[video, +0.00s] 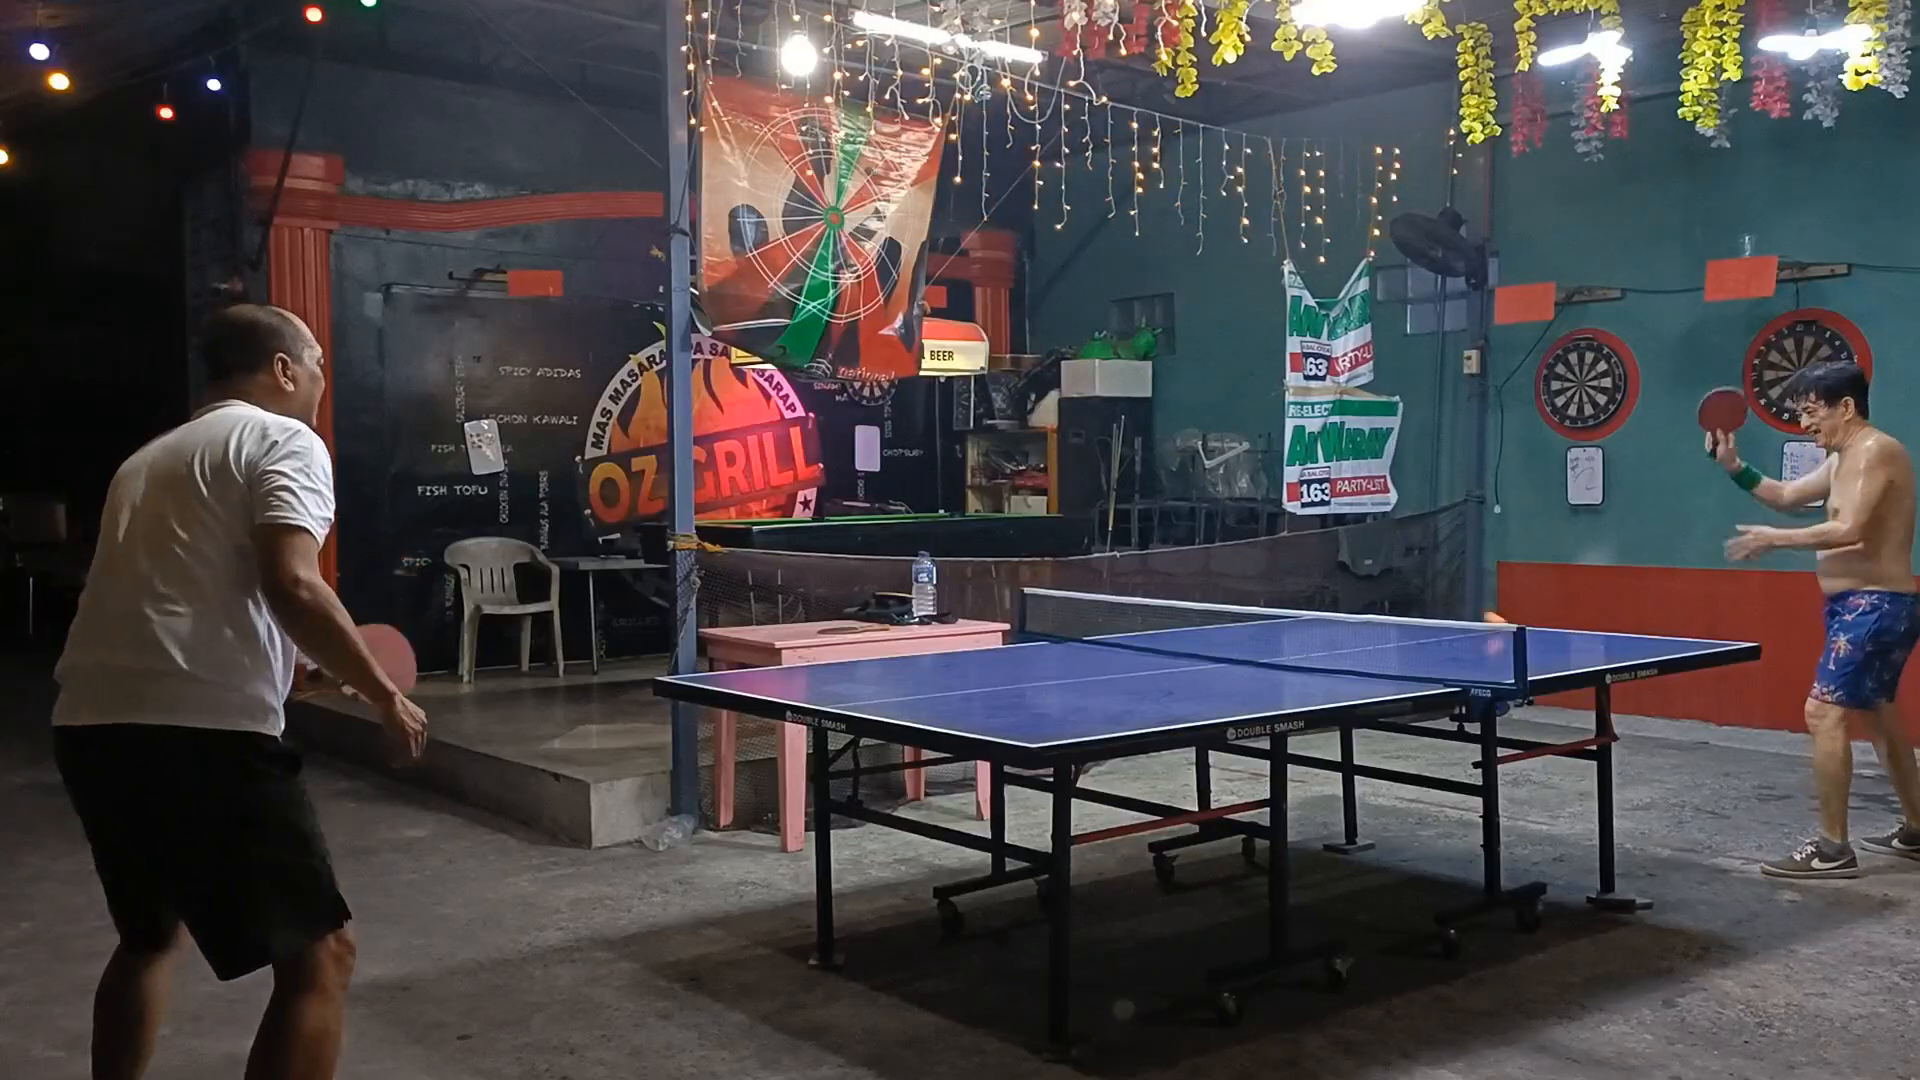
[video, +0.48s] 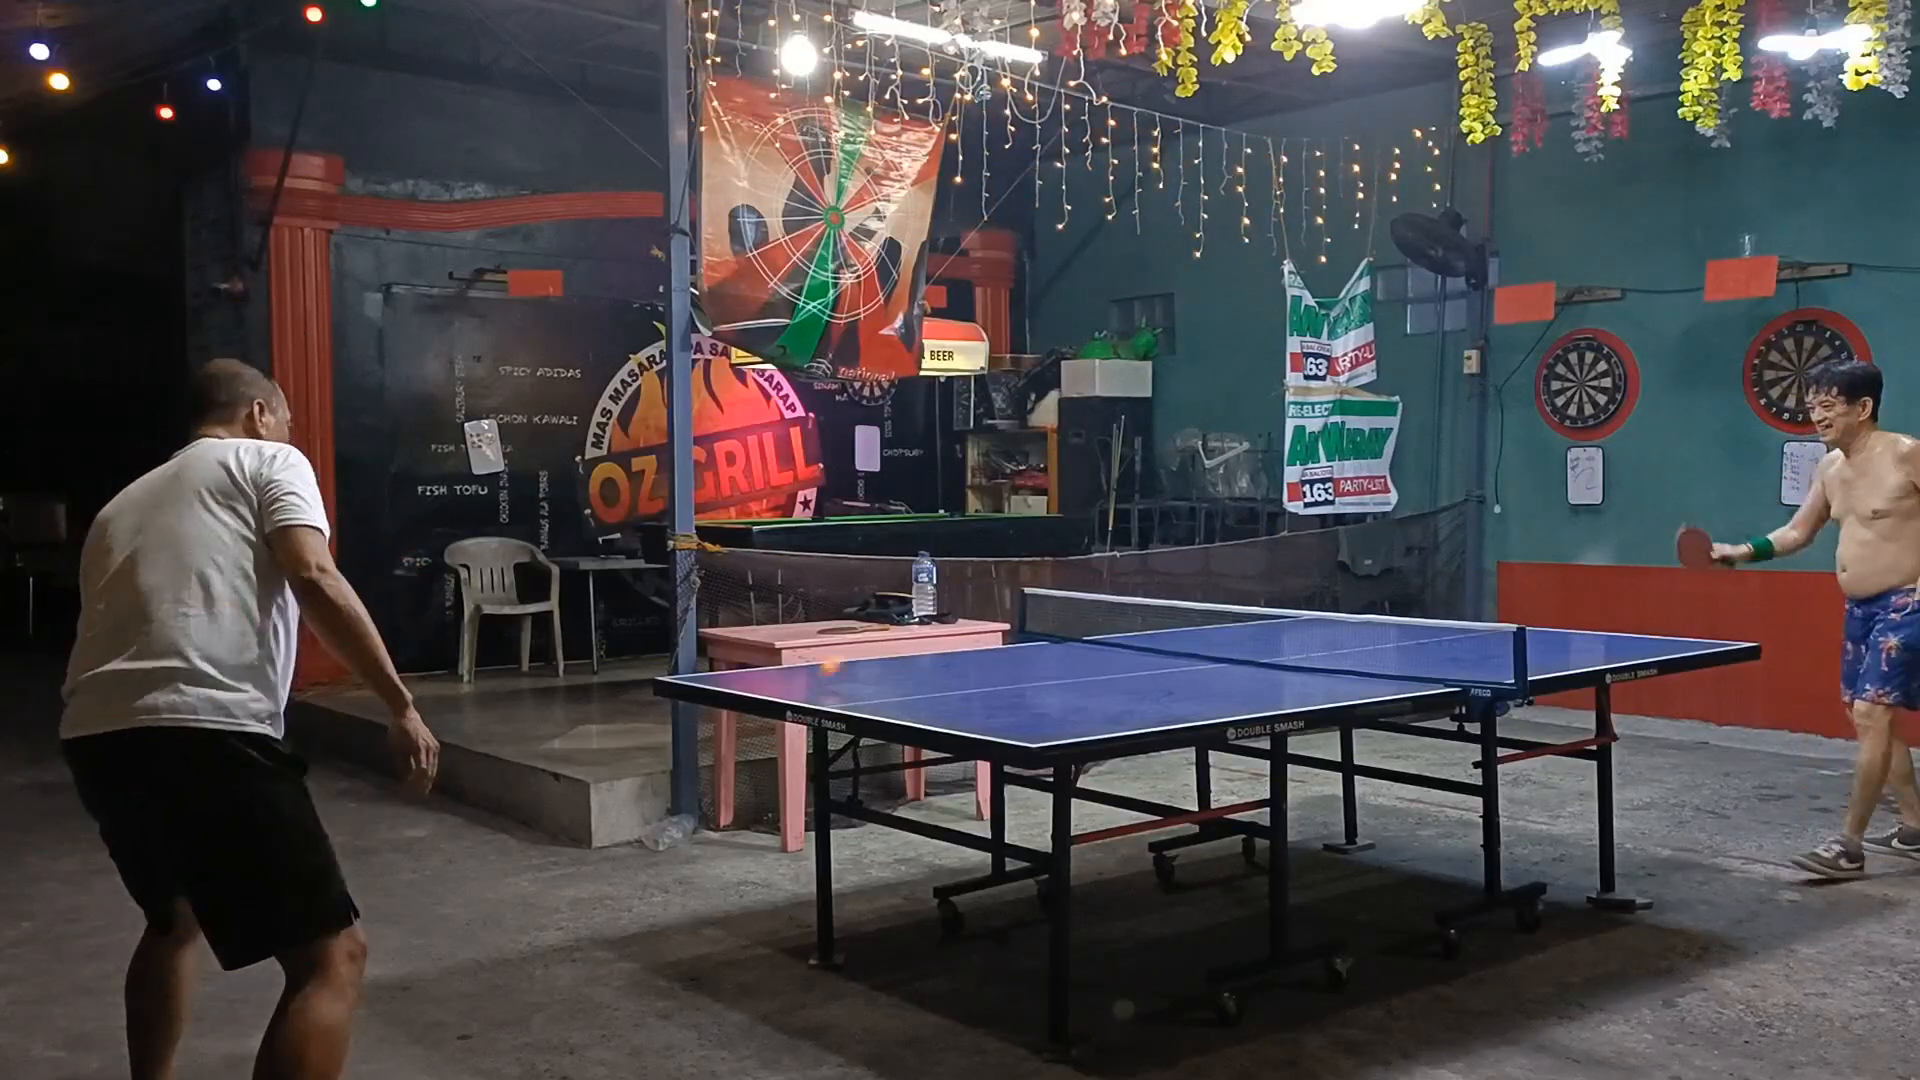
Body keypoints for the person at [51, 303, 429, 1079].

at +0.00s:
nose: (321, 390)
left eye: (321, 372)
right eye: (317, 372)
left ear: (217, 377)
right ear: (283, 371)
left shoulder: (142, 461)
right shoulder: (284, 440)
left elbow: (155, 610)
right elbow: (291, 583)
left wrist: (288, 665)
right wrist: (386, 697)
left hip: (90, 724)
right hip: (211, 727)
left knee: (148, 937)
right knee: (319, 950)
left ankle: (111, 1078)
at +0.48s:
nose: (285, 436)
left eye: (284, 426)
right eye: (283, 426)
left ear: (196, 424)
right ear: (259, 416)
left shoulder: (117, 507)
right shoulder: (271, 460)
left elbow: (101, 639)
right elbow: (309, 572)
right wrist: (401, 707)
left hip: (96, 736)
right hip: (213, 732)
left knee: (172, 921)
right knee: (330, 956)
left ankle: (148, 1074)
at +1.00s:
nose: (295, 465)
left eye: (296, 451)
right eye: (295, 448)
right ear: (271, 436)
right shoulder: (227, 455)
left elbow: (253, 673)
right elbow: (187, 541)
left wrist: (367, 734)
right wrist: (252, 663)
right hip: (126, 707)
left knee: (181, 937)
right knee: (223, 937)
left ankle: (161, 1070)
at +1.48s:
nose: (264, 363)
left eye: (265, 346)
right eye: (259, 344)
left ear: (189, 343)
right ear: (216, 343)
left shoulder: (123, 408)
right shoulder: (178, 405)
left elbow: (104, 577)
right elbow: (136, 547)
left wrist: (192, 701)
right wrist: (211, 681)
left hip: (55, 695)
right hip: (99, 701)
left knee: (125, 924)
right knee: (179, 939)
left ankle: (94, 1070)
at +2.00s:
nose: (334, 484)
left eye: (332, 463)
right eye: (319, 464)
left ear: (250, 474)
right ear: (247, 471)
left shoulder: (267, 561)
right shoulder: (103, 556)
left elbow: (276, 706)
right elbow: (9, 725)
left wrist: (366, 700)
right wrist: (59, 905)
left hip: (98, 836)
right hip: (30, 830)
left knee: (44, 1055)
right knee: (125, 1037)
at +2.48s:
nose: (371, 436)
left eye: (371, 417)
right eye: (360, 416)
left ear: (297, 419)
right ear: (292, 414)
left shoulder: (285, 500)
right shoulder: (114, 484)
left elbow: (282, 574)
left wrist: (371, 615)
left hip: (142, 788)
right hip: (35, 789)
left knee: (163, 952)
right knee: (121, 1038)